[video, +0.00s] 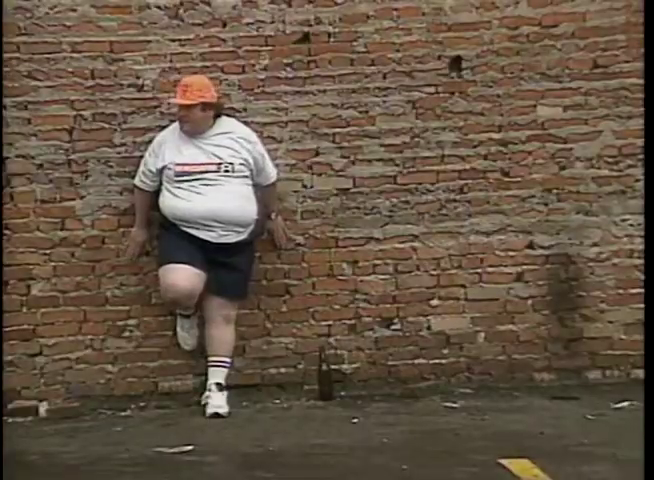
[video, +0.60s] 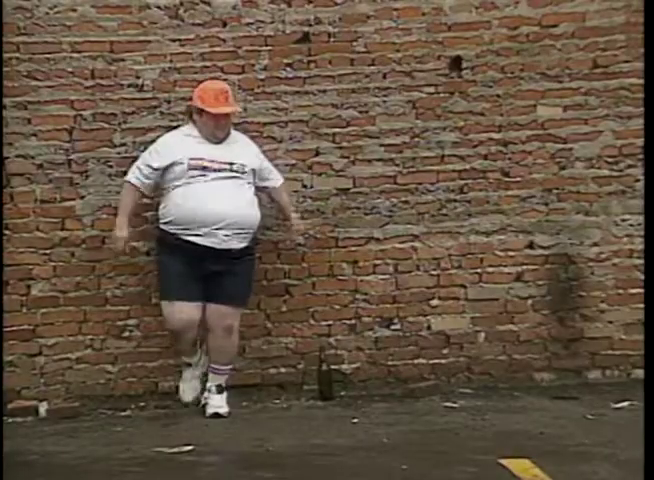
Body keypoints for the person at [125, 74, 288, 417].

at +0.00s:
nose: (182, 114)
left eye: (190, 108)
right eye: (180, 107)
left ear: (211, 108)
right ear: (178, 107)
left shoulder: (242, 138)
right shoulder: (166, 141)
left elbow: (266, 181)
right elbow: (144, 185)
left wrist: (271, 217)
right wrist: (140, 227)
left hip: (233, 239)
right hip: (182, 233)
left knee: (222, 312)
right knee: (180, 288)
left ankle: (216, 385)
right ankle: (187, 315)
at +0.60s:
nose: (223, 121)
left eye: (227, 114)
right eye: (215, 115)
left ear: (234, 114)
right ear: (196, 114)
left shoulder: (245, 147)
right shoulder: (172, 144)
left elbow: (273, 182)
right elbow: (135, 181)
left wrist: (291, 215)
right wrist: (122, 225)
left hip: (234, 250)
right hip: (180, 245)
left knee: (224, 322)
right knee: (182, 319)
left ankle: (217, 387)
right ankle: (192, 361)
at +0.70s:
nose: (214, 111)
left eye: (220, 105)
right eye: (207, 105)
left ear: (229, 109)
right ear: (194, 108)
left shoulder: (244, 146)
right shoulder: (173, 142)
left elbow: (272, 179)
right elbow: (143, 173)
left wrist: (283, 204)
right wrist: (142, 203)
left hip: (234, 252)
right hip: (180, 247)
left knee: (225, 324)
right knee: (181, 314)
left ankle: (217, 388)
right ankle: (189, 377)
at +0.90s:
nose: (202, 95)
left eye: (209, 89)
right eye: (195, 89)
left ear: (220, 92)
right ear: (184, 92)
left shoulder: (236, 123)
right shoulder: (169, 121)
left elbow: (249, 161)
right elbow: (158, 164)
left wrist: (227, 180)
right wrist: (192, 176)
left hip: (228, 234)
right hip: (178, 231)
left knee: (222, 311)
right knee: (187, 307)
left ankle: (217, 388)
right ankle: (189, 390)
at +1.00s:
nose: (198, 107)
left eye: (204, 100)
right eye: (190, 101)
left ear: (215, 97)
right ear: (178, 99)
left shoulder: (235, 126)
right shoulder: (164, 127)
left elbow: (257, 161)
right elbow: (134, 160)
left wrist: (233, 186)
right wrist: (162, 174)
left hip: (226, 236)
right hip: (175, 234)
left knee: (226, 313)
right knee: (184, 312)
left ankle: (219, 386)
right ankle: (190, 390)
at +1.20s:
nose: (195, 120)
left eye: (201, 112)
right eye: (187, 113)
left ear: (211, 110)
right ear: (175, 114)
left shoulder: (233, 145)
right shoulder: (156, 146)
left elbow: (265, 181)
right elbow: (120, 176)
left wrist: (269, 212)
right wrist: (116, 199)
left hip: (228, 245)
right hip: (172, 247)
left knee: (246, 310)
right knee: (185, 325)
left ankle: (236, 370)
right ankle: (192, 394)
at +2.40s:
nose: (178, 114)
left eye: (185, 106)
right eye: (170, 108)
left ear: (199, 108)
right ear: (161, 113)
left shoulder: (224, 138)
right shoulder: (157, 146)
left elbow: (264, 164)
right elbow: (140, 180)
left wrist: (241, 182)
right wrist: (130, 208)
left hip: (213, 256)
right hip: (157, 254)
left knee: (211, 332)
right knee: (147, 321)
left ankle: (217, 407)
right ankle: (176, 388)